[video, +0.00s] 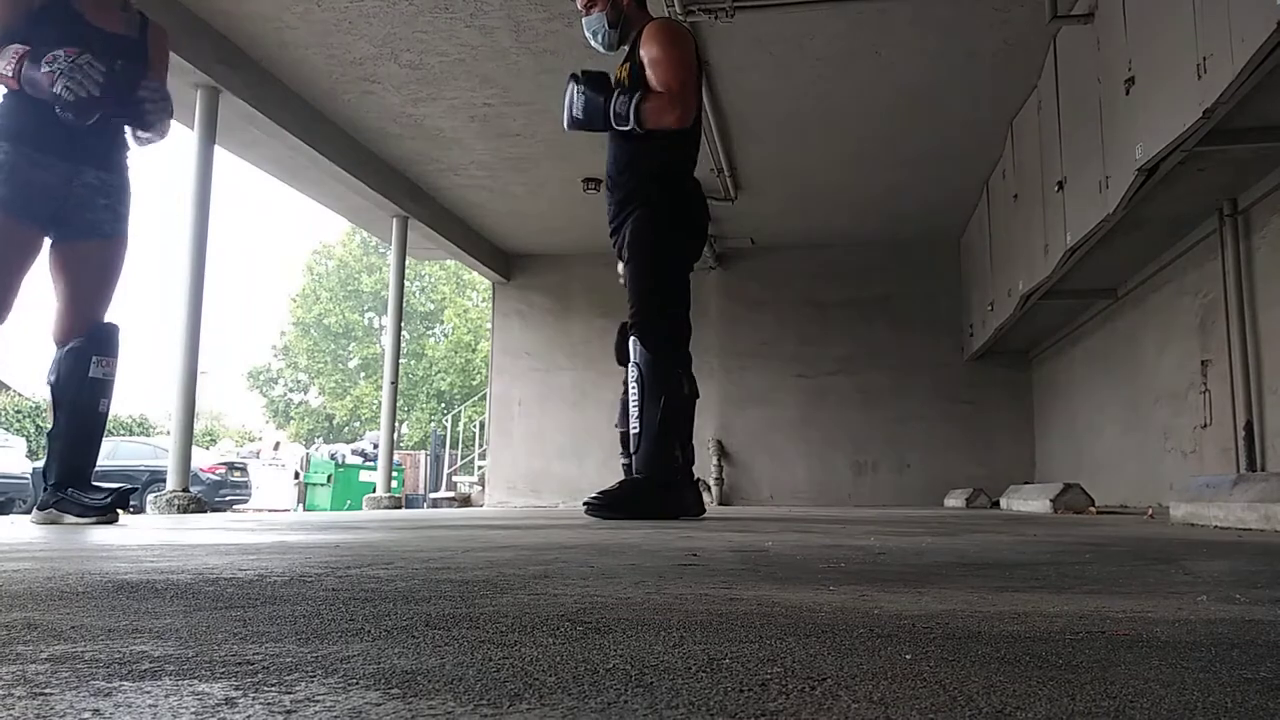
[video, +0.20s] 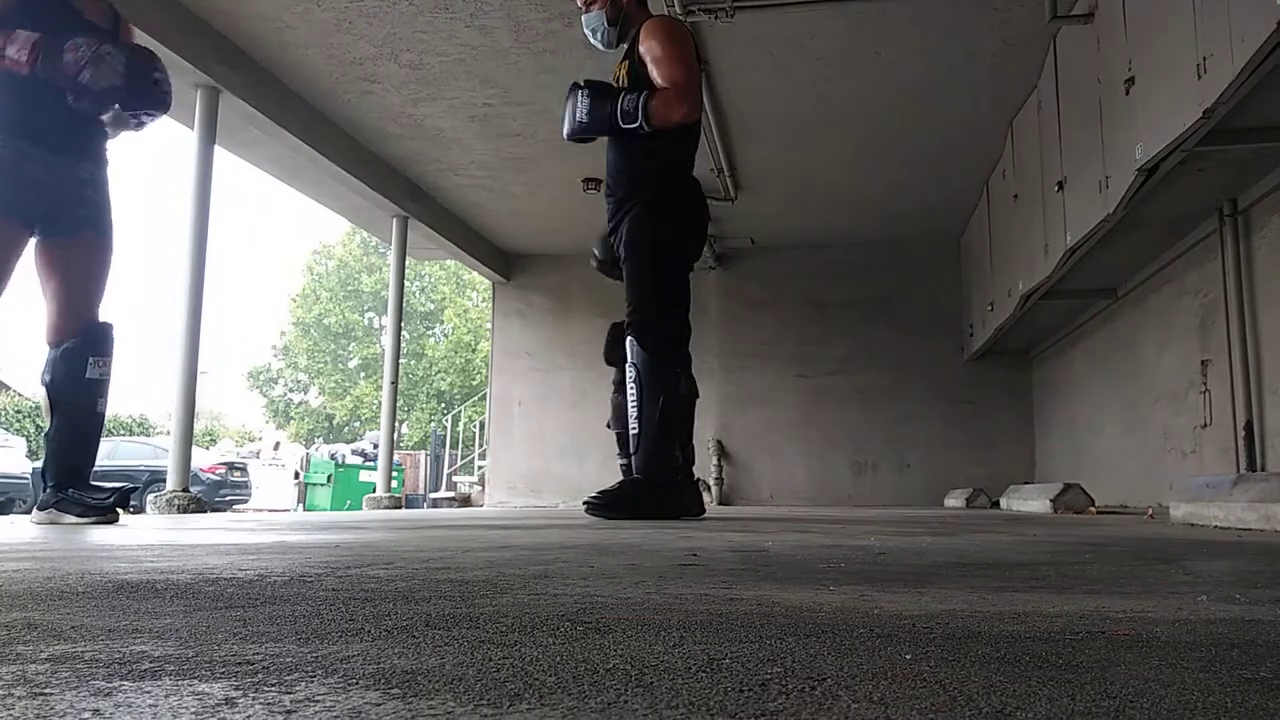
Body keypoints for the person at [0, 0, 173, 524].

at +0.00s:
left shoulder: (151, 31)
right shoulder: (29, 5)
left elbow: (147, 132)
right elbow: (1, 52)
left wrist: (157, 115)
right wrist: (26, 71)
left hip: (101, 176)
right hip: (20, 158)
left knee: (84, 337)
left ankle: (63, 484)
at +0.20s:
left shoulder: (114, 15)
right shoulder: (22, 10)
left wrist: (132, 101)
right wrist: (8, 43)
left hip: (82, 158)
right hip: (13, 145)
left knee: (78, 323)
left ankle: (64, 483)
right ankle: (62, 482)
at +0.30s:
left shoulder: (83, 17)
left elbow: (151, 100)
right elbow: (150, 99)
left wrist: (74, 108)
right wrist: (80, 107)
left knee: (73, 325)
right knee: (73, 323)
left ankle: (63, 485)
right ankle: (64, 485)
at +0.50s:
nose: (71, 13)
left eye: (73, 14)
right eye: (70, 11)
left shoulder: (38, 25)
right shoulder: (25, 13)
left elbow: (20, 99)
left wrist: (84, 98)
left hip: (25, 150)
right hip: (18, 151)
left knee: (89, 317)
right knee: (89, 316)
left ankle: (68, 470)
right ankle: (70, 469)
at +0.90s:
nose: (88, 0)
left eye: (90, 2)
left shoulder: (82, 15)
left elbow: (99, 89)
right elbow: (101, 87)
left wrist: (145, 68)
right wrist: (144, 64)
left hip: (54, 144)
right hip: (29, 139)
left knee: (74, 318)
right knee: (72, 318)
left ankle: (107, 482)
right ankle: (107, 482)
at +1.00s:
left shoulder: (105, 11)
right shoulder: (99, 9)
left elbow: (149, 79)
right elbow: (150, 79)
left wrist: (191, 32)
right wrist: (194, 30)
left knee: (87, 317)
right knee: (85, 317)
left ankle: (105, 483)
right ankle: (106, 483)